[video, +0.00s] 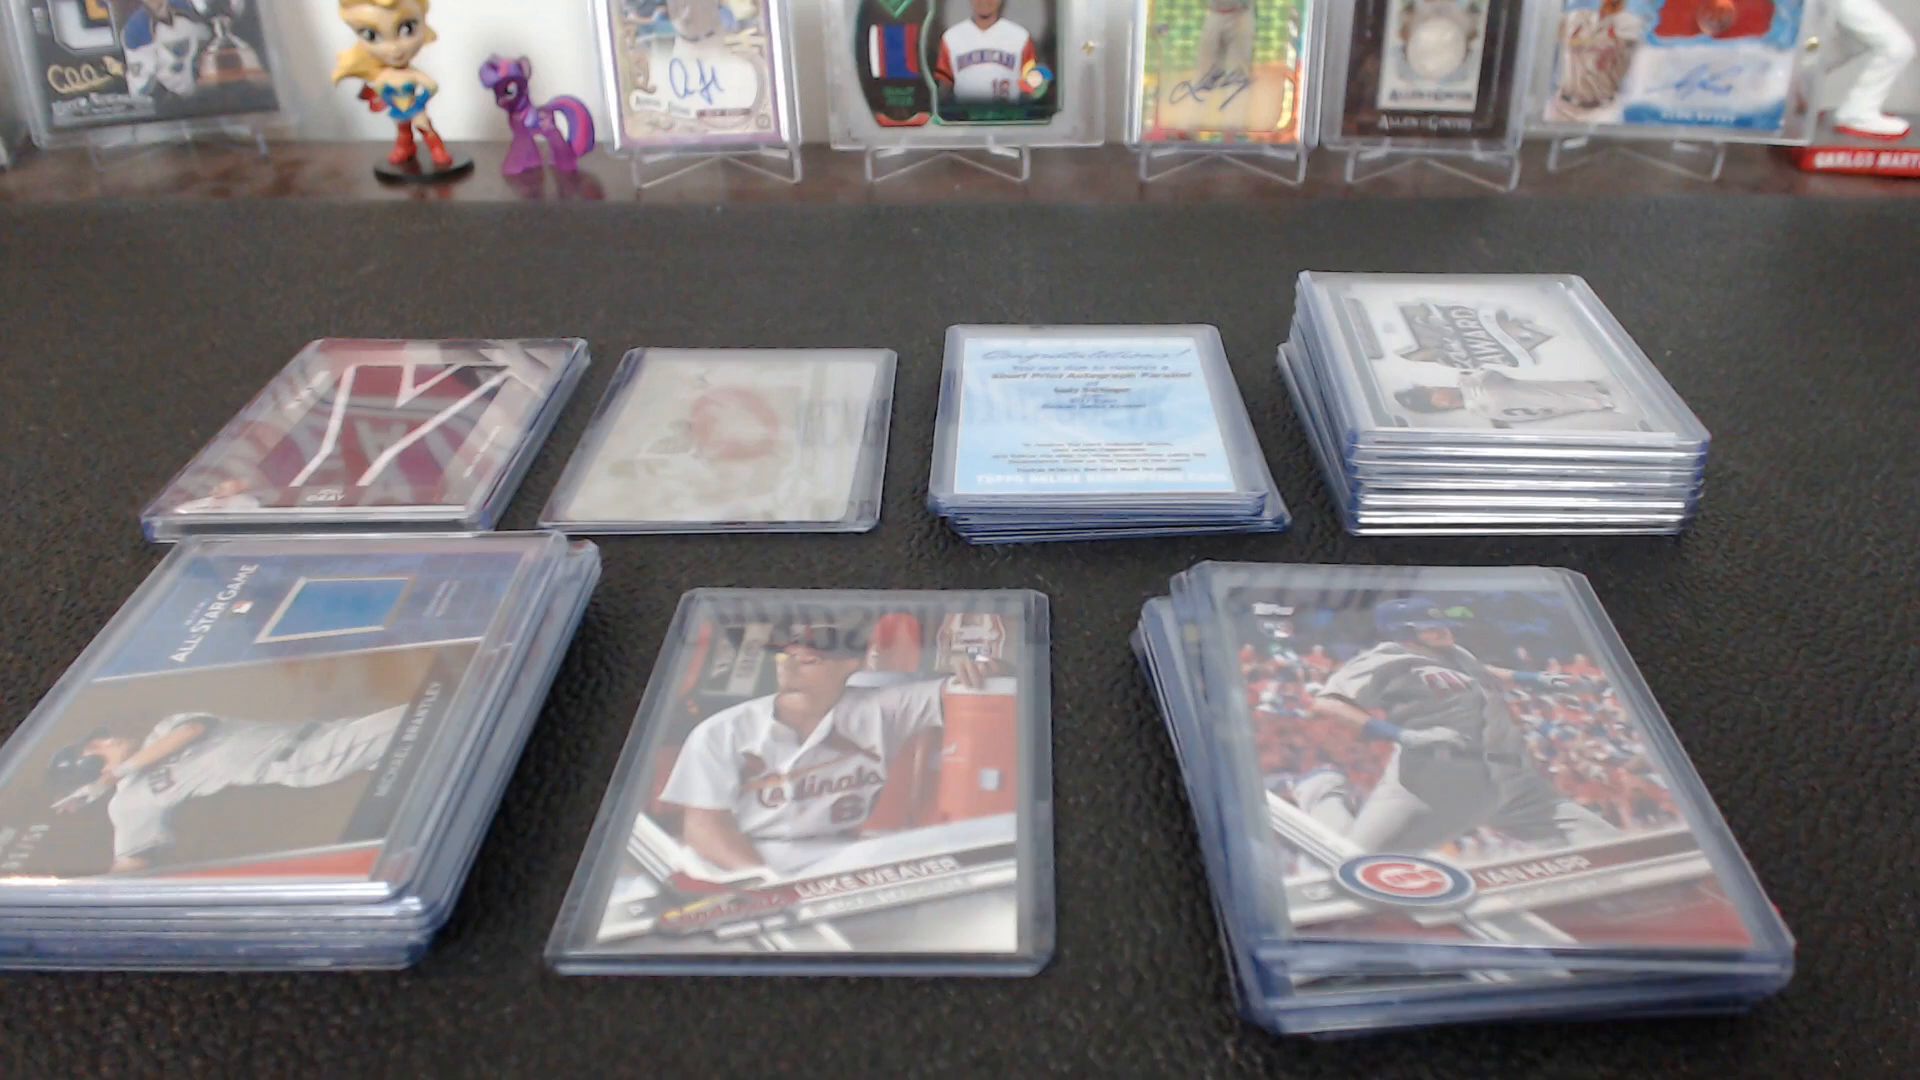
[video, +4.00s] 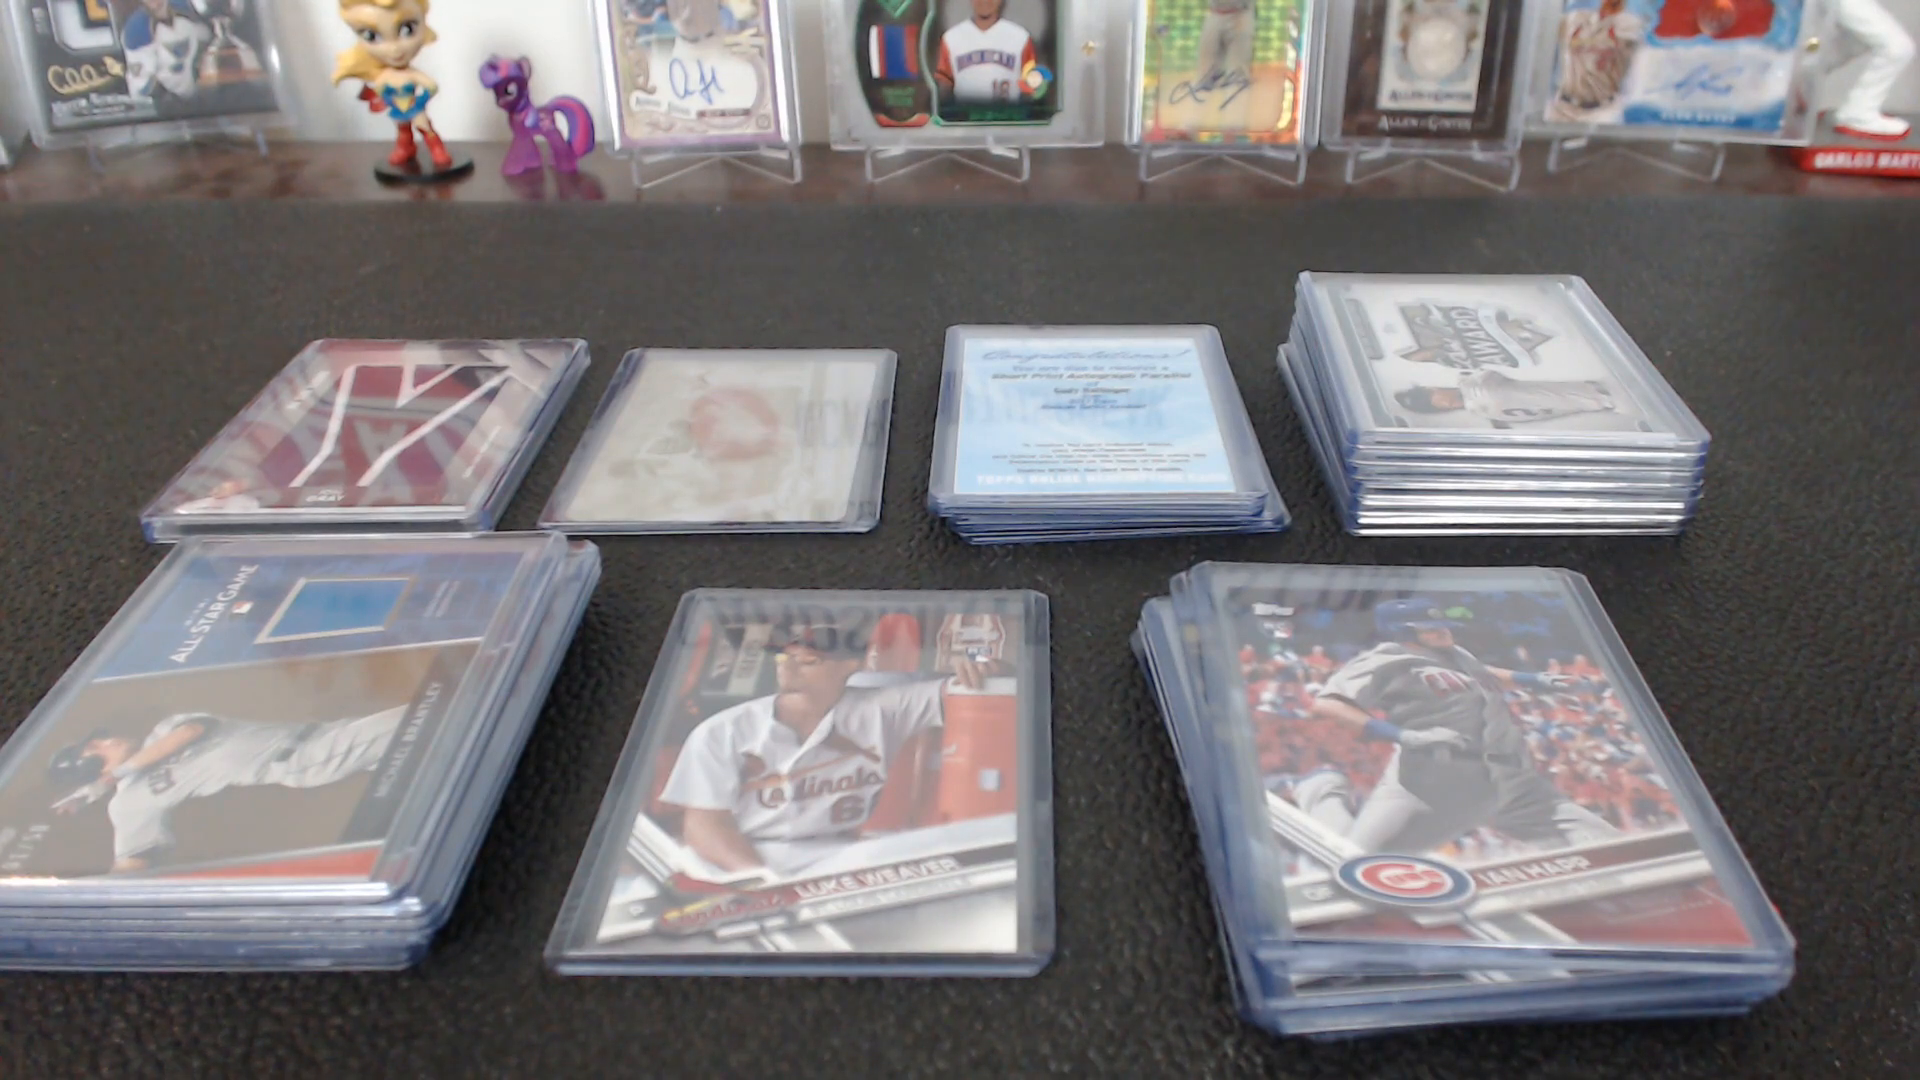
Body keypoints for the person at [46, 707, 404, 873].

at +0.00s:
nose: (109, 740)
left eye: (99, 740)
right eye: (99, 746)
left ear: (106, 743)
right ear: (100, 769)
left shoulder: (162, 728)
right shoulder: (131, 800)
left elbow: (195, 731)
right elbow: (129, 870)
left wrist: (116, 775)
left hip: (311, 730)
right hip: (298, 760)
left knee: (416, 719)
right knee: (414, 718)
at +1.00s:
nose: (110, 740)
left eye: (99, 740)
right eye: (99, 747)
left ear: (106, 742)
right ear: (99, 769)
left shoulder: (162, 727)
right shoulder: (131, 800)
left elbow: (193, 732)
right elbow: (129, 870)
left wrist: (113, 777)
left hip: (312, 731)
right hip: (299, 760)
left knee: (418, 717)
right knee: (415, 717)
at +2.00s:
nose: (109, 740)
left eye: (98, 740)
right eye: (99, 746)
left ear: (106, 742)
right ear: (100, 768)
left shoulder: (162, 727)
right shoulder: (131, 799)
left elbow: (193, 732)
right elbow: (130, 870)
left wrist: (116, 775)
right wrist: (80, 897)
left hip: (312, 731)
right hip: (299, 760)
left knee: (417, 719)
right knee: (414, 717)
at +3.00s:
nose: (109, 740)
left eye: (99, 739)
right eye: (99, 746)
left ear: (106, 742)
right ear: (100, 767)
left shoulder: (162, 727)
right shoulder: (131, 799)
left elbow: (193, 732)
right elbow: (129, 870)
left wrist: (118, 773)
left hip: (310, 731)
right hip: (298, 760)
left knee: (414, 721)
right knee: (412, 717)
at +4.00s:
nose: (110, 740)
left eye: (99, 739)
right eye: (100, 746)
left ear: (107, 742)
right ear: (100, 770)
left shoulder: (159, 727)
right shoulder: (131, 800)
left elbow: (192, 732)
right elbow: (130, 870)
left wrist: (115, 776)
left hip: (310, 732)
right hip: (298, 760)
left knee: (414, 721)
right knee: (412, 717)